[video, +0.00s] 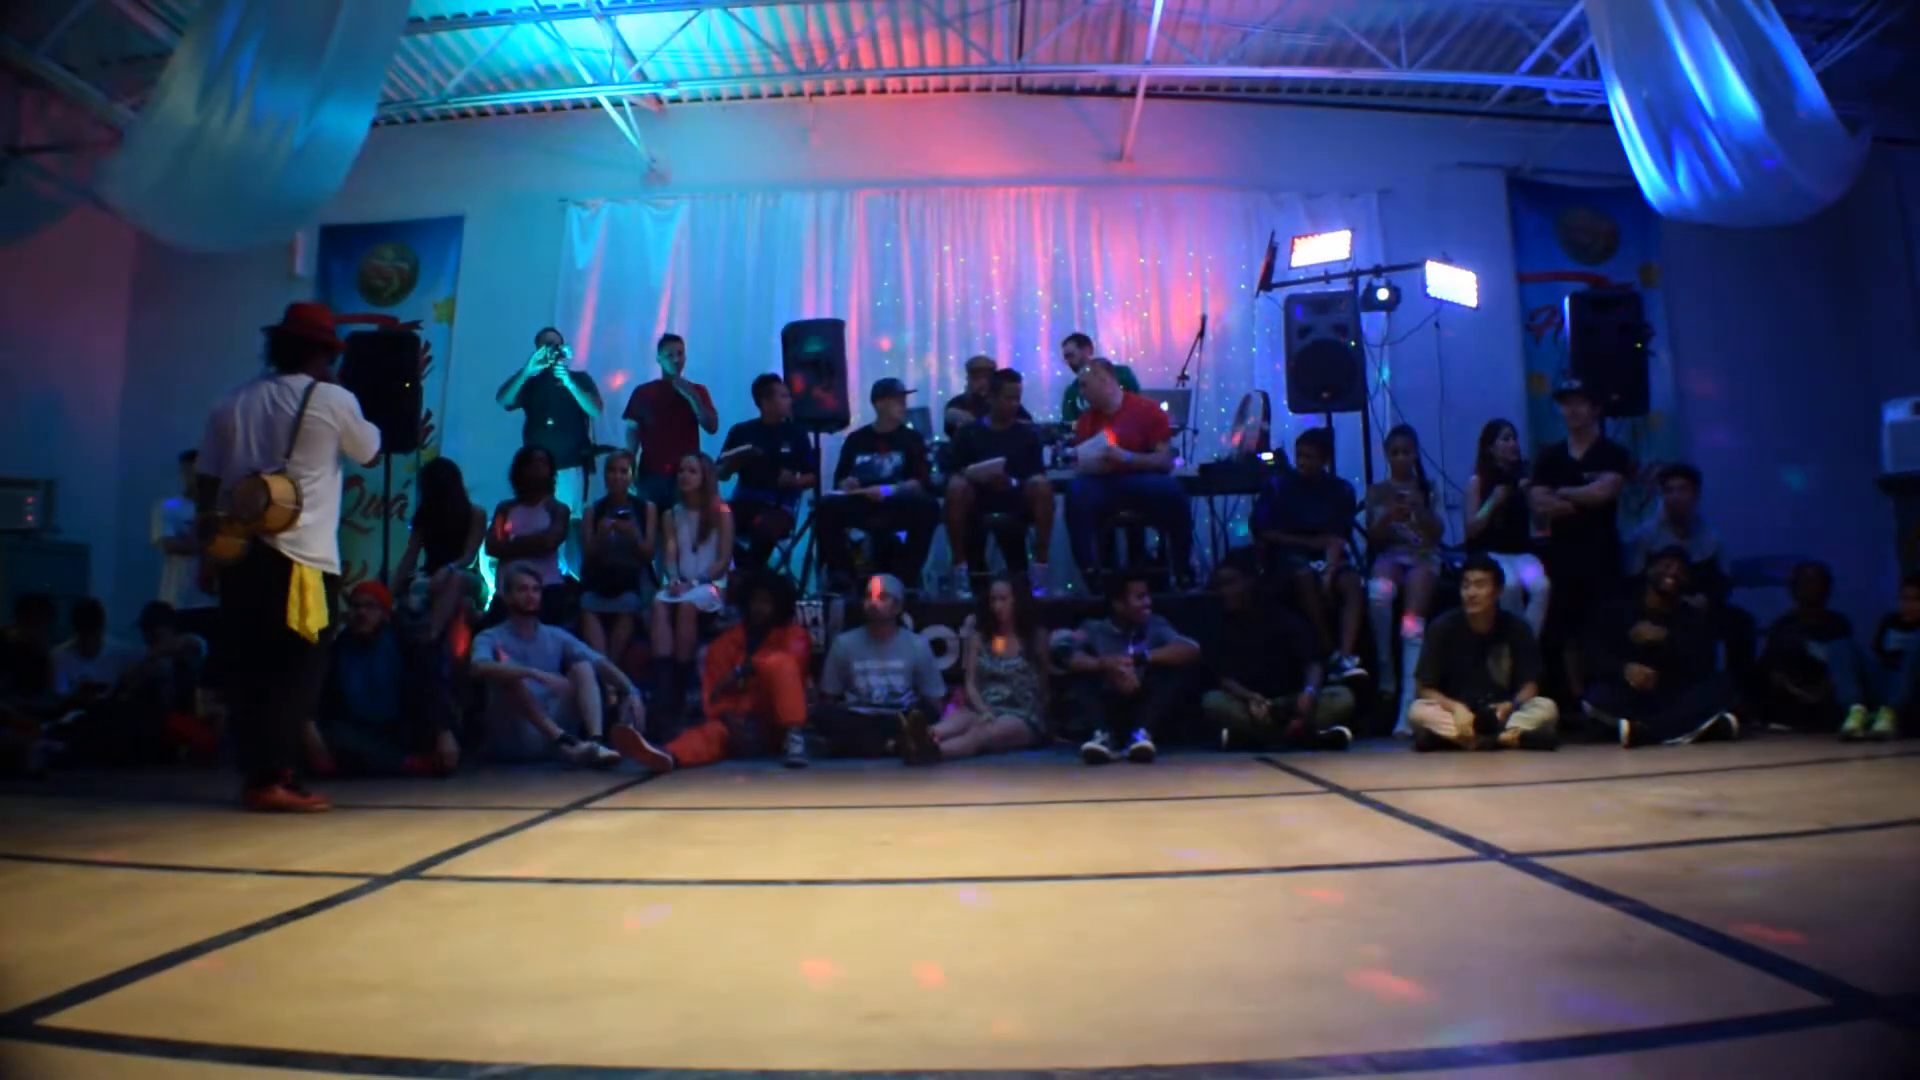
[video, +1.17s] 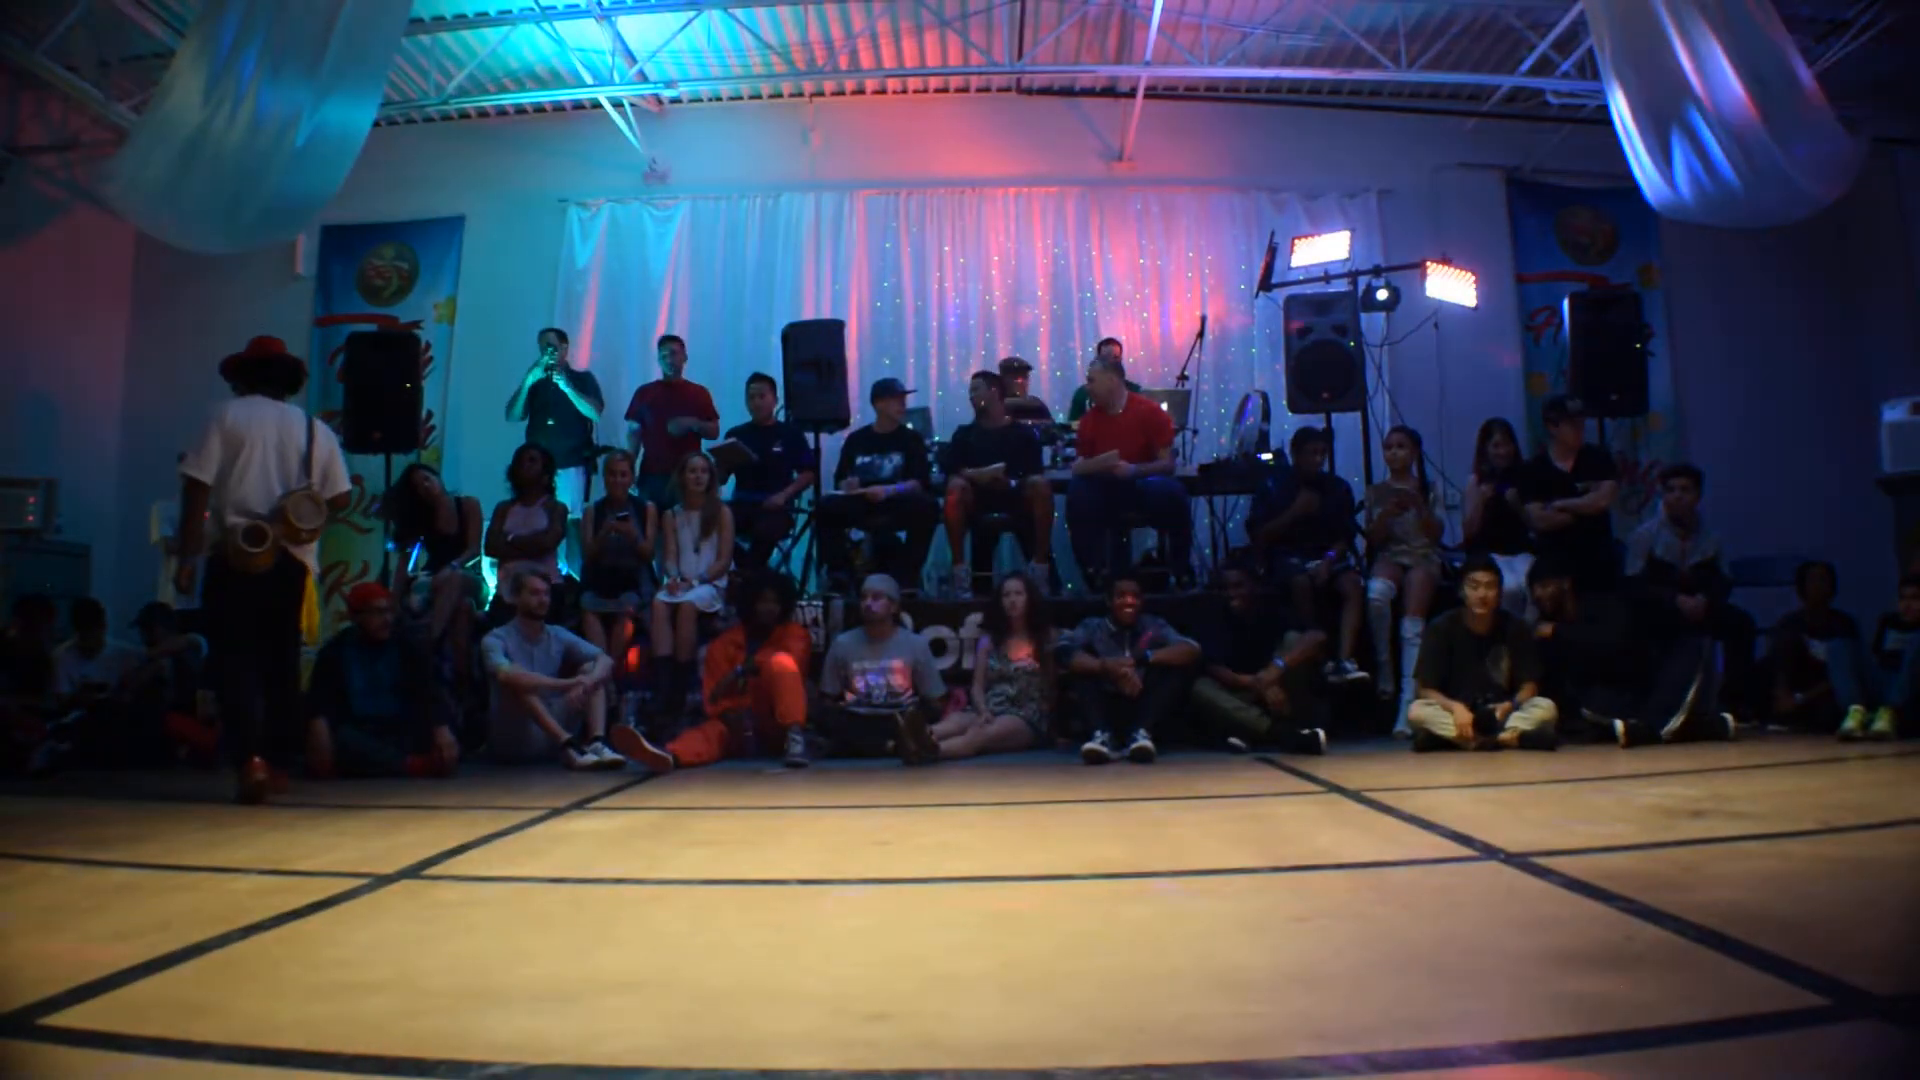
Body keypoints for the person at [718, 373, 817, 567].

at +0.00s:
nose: (788, 402)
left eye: (788, 396)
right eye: (782, 396)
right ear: (764, 402)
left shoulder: (796, 433)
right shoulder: (741, 431)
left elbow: (812, 476)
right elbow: (721, 473)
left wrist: (794, 480)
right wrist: (735, 461)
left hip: (779, 503)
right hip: (745, 499)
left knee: (765, 531)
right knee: (719, 523)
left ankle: (750, 575)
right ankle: (743, 563)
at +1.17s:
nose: (756, 402)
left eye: (762, 396)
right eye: (751, 397)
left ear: (775, 400)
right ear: (746, 402)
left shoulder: (790, 433)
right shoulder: (735, 434)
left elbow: (808, 473)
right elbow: (721, 479)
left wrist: (783, 496)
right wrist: (725, 460)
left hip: (775, 502)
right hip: (743, 502)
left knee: (767, 531)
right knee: (719, 522)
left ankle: (752, 573)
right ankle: (745, 564)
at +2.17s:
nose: (755, 403)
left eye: (760, 397)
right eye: (750, 398)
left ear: (773, 400)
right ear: (745, 402)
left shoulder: (789, 433)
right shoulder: (735, 435)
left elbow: (807, 471)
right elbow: (719, 478)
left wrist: (775, 471)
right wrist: (727, 457)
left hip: (777, 503)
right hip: (743, 502)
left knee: (765, 533)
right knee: (718, 525)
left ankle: (753, 576)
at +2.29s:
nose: (755, 403)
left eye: (760, 397)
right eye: (750, 398)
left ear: (773, 400)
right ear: (744, 402)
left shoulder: (789, 433)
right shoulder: (736, 434)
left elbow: (805, 473)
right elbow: (720, 478)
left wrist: (771, 468)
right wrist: (728, 457)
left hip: (777, 504)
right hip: (743, 502)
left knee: (765, 533)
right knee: (719, 527)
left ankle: (753, 576)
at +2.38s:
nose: (755, 403)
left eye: (760, 397)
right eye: (750, 398)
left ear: (773, 400)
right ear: (744, 402)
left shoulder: (789, 433)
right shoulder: (736, 434)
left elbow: (804, 473)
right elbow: (720, 478)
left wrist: (771, 468)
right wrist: (727, 457)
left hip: (777, 504)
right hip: (743, 502)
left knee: (765, 532)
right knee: (717, 525)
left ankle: (753, 575)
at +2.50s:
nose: (754, 403)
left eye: (760, 397)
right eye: (750, 398)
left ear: (773, 400)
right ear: (744, 402)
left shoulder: (790, 433)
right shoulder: (736, 434)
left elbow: (804, 473)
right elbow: (719, 478)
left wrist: (773, 468)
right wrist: (727, 456)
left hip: (777, 504)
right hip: (743, 502)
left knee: (765, 533)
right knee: (719, 528)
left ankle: (754, 577)